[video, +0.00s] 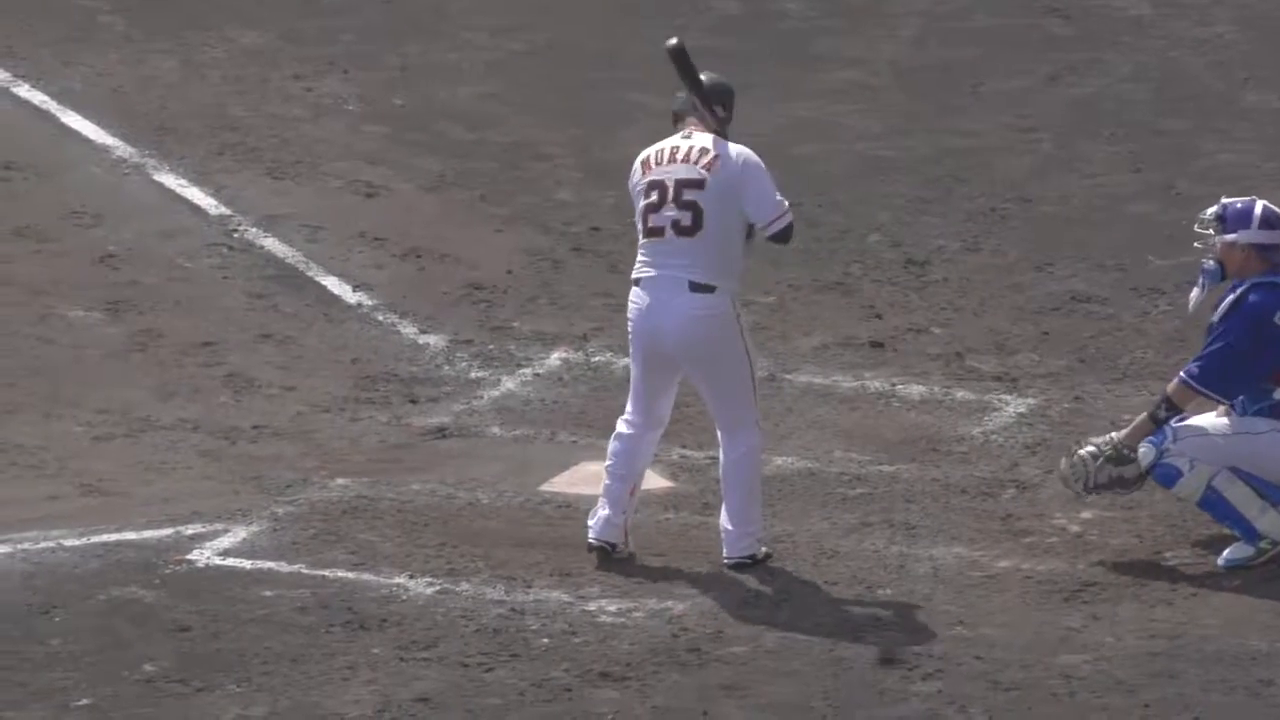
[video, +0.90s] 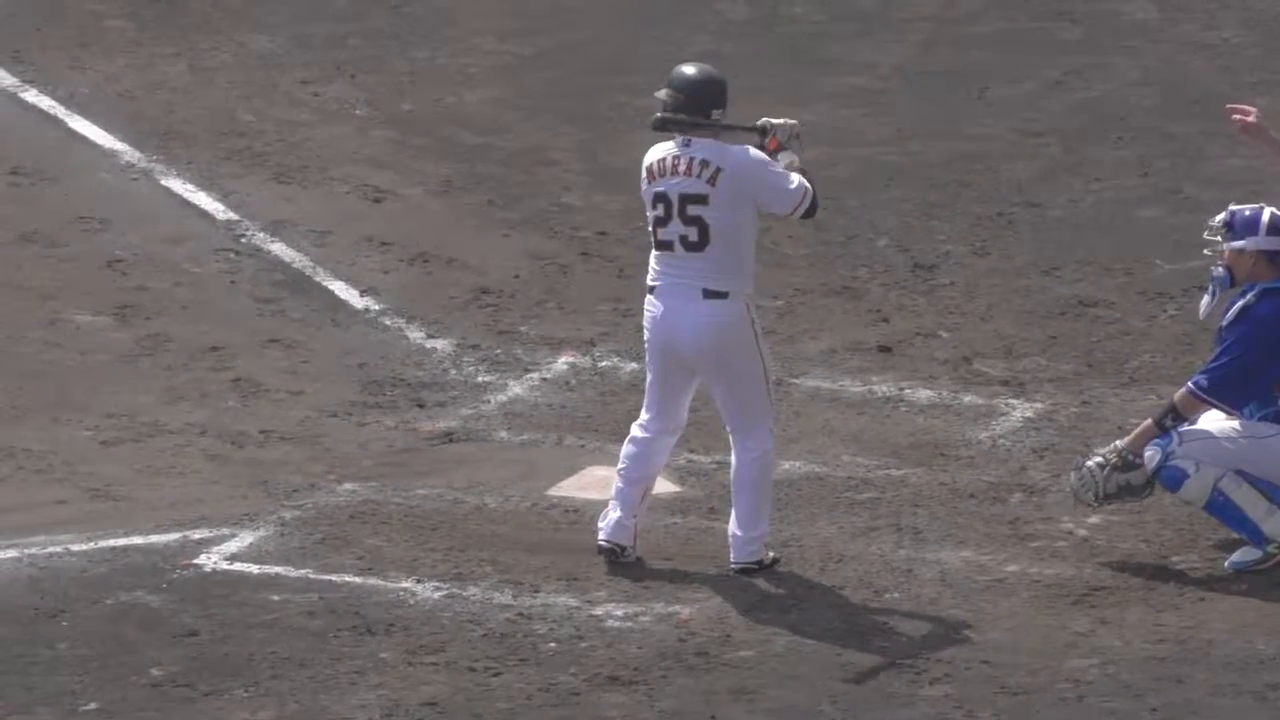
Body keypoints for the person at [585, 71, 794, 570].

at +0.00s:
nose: (729, 123)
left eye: (724, 116)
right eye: (728, 116)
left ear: (678, 115)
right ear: (723, 116)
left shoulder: (644, 161)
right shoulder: (737, 159)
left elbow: (656, 222)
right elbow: (780, 229)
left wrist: (730, 213)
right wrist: (734, 217)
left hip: (644, 304)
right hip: (706, 311)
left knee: (639, 417)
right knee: (738, 430)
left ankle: (605, 530)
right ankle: (741, 543)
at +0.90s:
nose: (665, 113)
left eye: (668, 107)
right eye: (670, 108)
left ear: (675, 110)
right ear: (718, 112)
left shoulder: (652, 161)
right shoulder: (743, 162)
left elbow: (704, 182)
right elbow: (806, 203)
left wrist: (755, 153)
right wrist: (790, 159)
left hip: (660, 311)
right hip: (724, 317)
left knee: (656, 420)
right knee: (751, 433)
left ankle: (614, 531)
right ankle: (747, 549)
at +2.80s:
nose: (611, 176)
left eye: (615, 170)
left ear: (618, 174)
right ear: (665, 175)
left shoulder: (601, 222)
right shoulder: (682, 223)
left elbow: (678, 216)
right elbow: (748, 221)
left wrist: (718, 173)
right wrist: (737, 174)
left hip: (598, 373)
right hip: (659, 379)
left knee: (593, 478)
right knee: (683, 488)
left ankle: (542, 580)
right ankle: (670, 603)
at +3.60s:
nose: (603, 174)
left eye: (607, 168)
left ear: (611, 173)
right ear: (657, 173)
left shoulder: (595, 218)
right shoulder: (674, 221)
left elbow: (674, 211)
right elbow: (739, 220)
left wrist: (710, 168)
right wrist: (729, 173)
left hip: (590, 370)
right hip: (651, 377)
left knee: (586, 475)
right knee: (677, 486)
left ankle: (536, 577)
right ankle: (664, 600)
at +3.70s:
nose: (603, 174)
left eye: (607, 169)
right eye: (659, 172)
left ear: (611, 172)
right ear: (657, 173)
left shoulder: (594, 217)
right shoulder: (673, 220)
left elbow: (672, 207)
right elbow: (738, 217)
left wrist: (710, 163)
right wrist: (728, 171)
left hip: (588, 369)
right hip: (648, 376)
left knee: (584, 476)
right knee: (676, 486)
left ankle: (535, 577)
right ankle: (664, 600)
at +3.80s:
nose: (603, 174)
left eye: (608, 169)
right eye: (659, 171)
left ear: (610, 172)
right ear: (657, 173)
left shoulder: (594, 216)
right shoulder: (673, 219)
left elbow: (672, 205)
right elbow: (738, 214)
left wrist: (709, 160)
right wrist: (725, 167)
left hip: (586, 368)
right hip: (647, 375)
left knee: (583, 475)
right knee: (675, 485)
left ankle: (533, 577)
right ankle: (662, 598)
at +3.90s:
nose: (605, 172)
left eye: (609, 167)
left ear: (611, 171)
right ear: (658, 172)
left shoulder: (595, 216)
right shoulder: (674, 220)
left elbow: (673, 208)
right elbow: (739, 214)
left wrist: (709, 162)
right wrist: (728, 169)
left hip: (588, 369)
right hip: (649, 375)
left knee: (584, 474)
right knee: (675, 484)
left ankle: (533, 576)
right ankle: (661, 598)